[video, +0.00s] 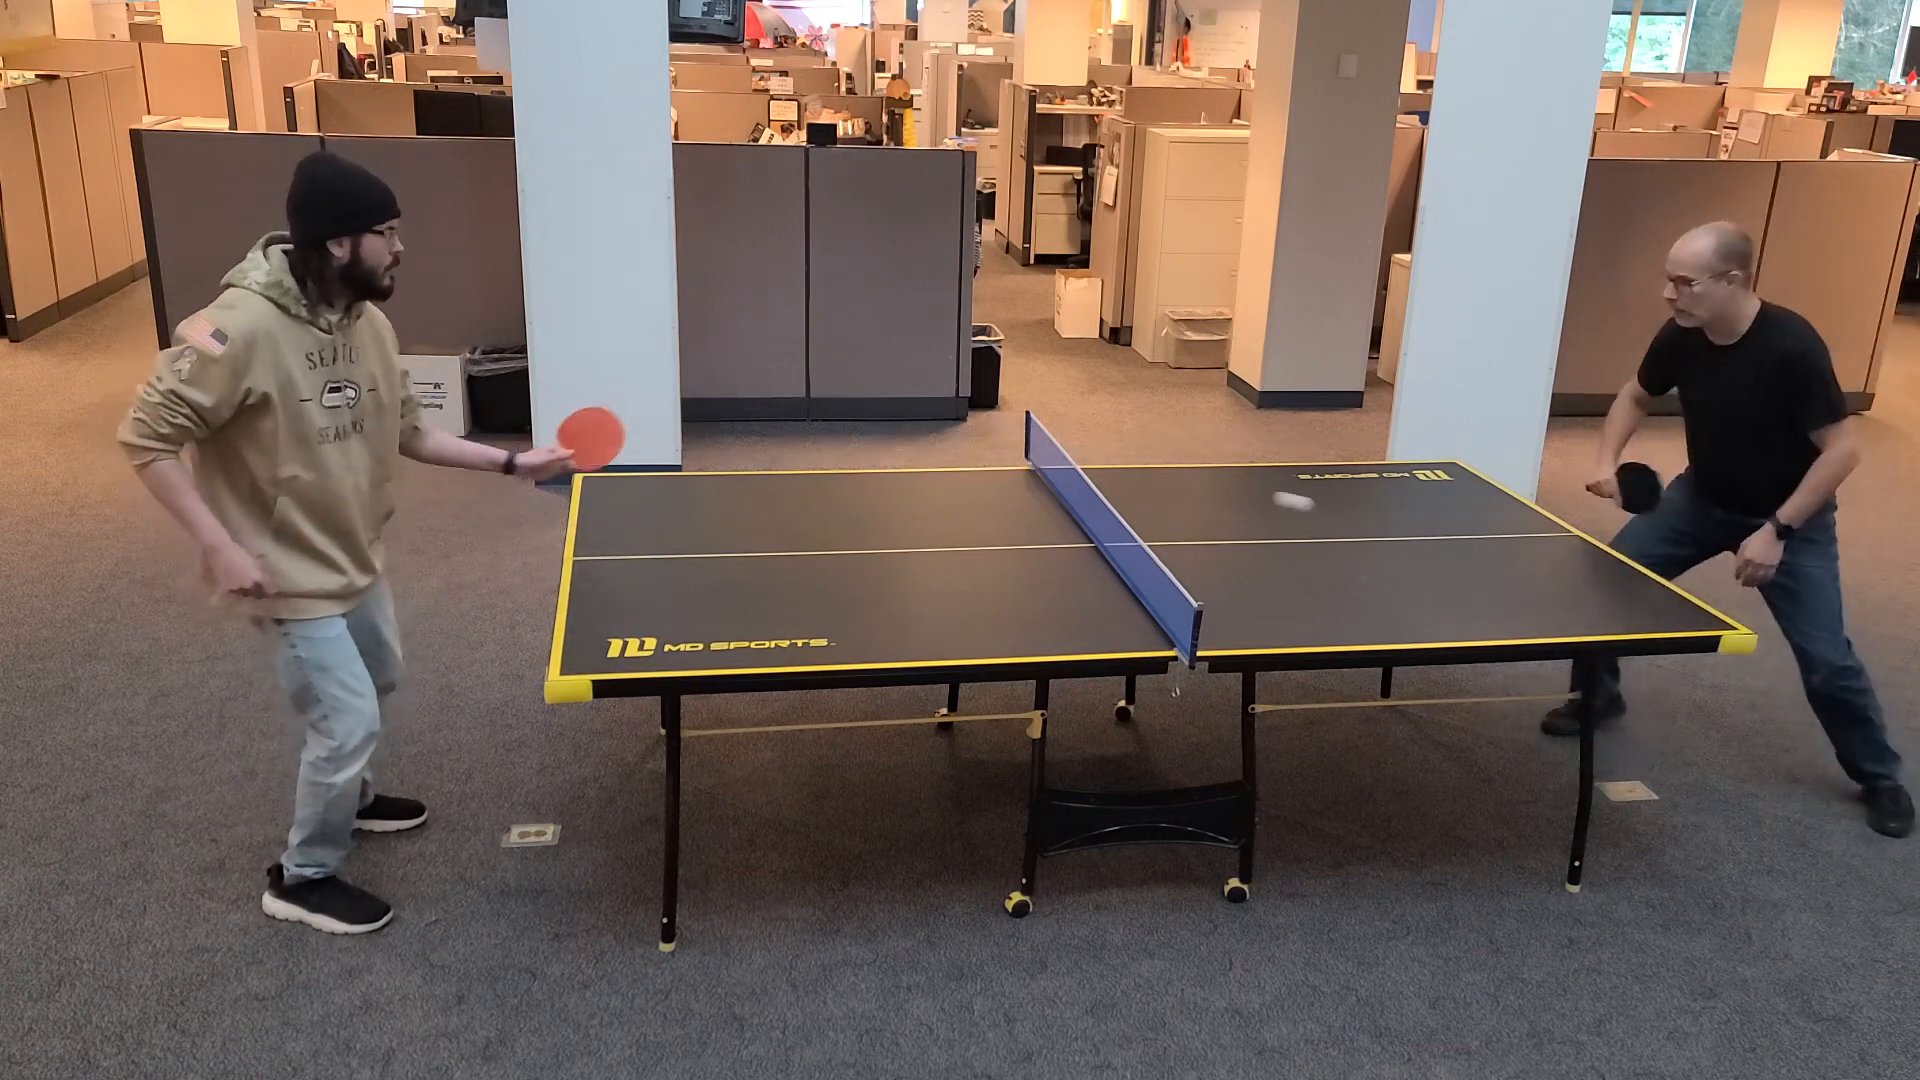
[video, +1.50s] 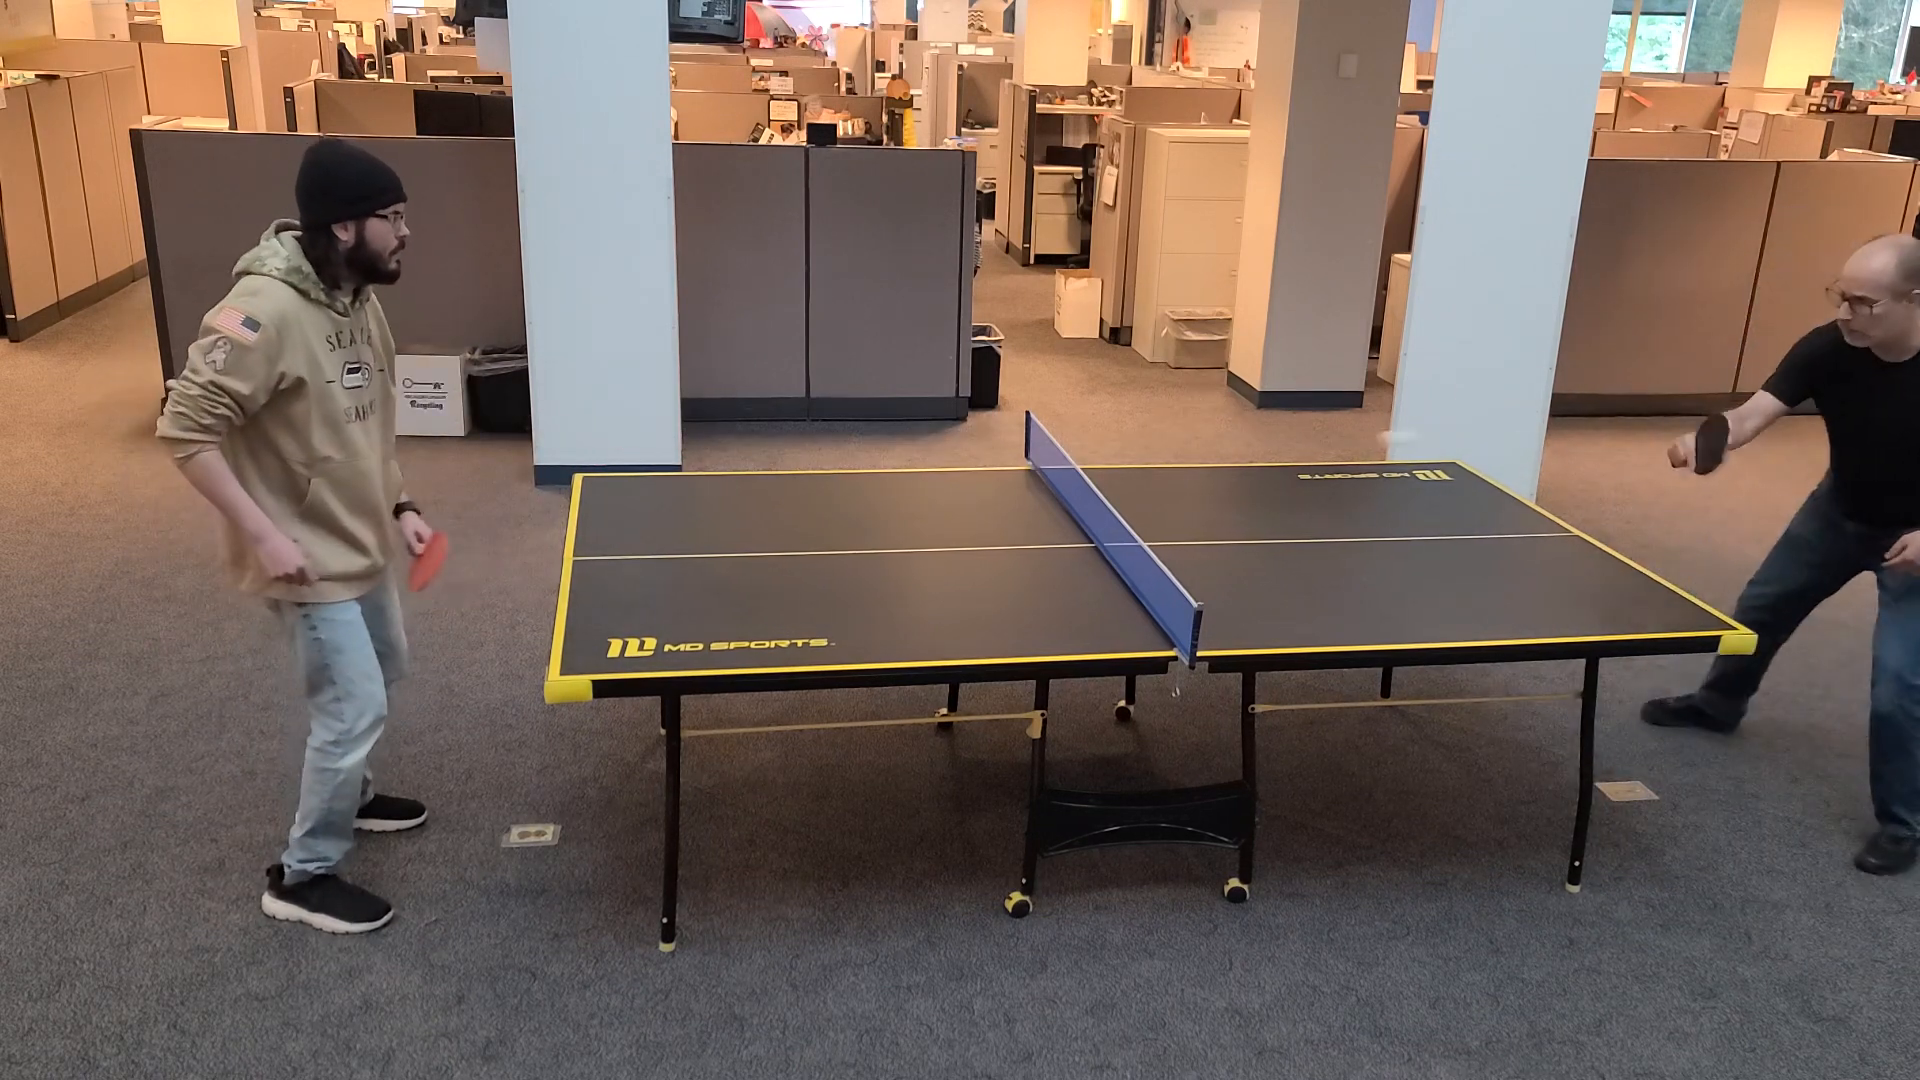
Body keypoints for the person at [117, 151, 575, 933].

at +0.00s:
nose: (397, 246)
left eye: (393, 231)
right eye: (384, 233)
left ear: (340, 243)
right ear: (336, 243)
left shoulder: (367, 323)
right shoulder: (241, 328)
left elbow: (412, 434)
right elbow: (148, 439)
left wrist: (512, 459)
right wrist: (216, 546)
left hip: (352, 557)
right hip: (286, 572)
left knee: (378, 680)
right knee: (347, 723)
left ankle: (347, 800)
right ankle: (302, 875)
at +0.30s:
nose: (402, 233)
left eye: (397, 218)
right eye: (389, 220)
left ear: (346, 232)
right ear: (345, 234)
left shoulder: (325, 297)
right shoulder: (272, 320)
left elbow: (321, 441)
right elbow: (210, 452)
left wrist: (386, 504)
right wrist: (295, 548)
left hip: (347, 543)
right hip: (301, 564)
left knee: (388, 673)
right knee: (359, 711)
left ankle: (345, 803)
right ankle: (303, 875)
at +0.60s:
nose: (407, 238)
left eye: (405, 222)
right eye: (395, 224)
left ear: (352, 232)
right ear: (345, 231)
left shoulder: (362, 310)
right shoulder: (263, 312)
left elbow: (368, 430)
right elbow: (186, 427)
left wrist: (393, 517)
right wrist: (264, 530)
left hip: (358, 547)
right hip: (296, 560)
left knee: (382, 671)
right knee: (348, 707)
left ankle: (345, 798)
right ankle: (304, 872)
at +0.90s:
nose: (400, 263)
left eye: (401, 247)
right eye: (387, 249)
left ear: (359, 254)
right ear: (333, 253)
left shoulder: (400, 348)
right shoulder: (227, 327)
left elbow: (493, 426)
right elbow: (130, 413)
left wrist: (601, 462)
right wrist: (168, 527)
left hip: (362, 561)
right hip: (272, 567)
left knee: (394, 685)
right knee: (337, 717)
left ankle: (347, 798)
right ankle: (303, 875)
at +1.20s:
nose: (400, 238)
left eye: (397, 223)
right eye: (386, 225)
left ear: (348, 236)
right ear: (335, 237)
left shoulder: (386, 316)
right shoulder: (238, 318)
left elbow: (455, 403)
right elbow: (144, 421)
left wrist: (546, 456)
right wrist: (205, 531)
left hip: (364, 551)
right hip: (287, 562)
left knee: (381, 680)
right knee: (341, 712)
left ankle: (346, 799)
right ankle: (302, 874)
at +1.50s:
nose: (405, 230)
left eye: (402, 214)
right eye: (391, 217)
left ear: (349, 228)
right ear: (340, 228)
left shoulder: (358, 298)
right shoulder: (263, 310)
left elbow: (366, 426)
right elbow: (185, 429)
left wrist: (398, 504)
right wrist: (263, 534)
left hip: (364, 542)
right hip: (303, 556)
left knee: (383, 674)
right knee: (352, 709)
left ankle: (343, 800)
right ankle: (302, 873)